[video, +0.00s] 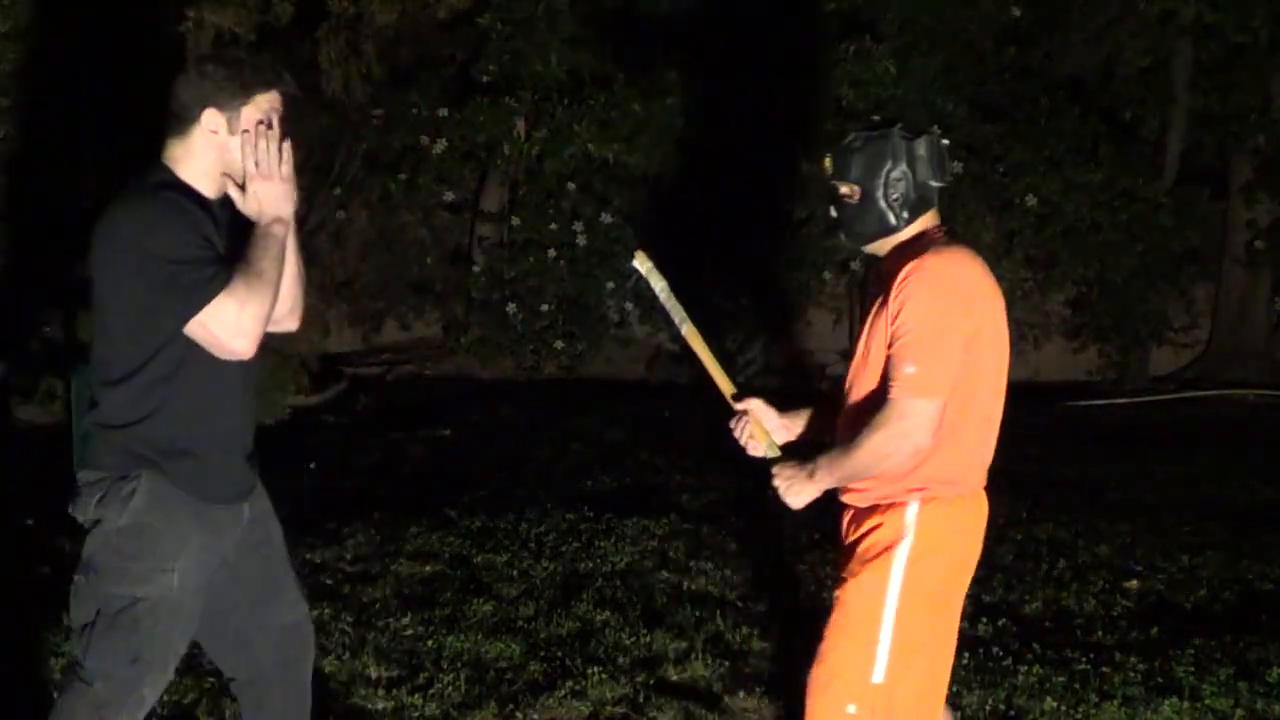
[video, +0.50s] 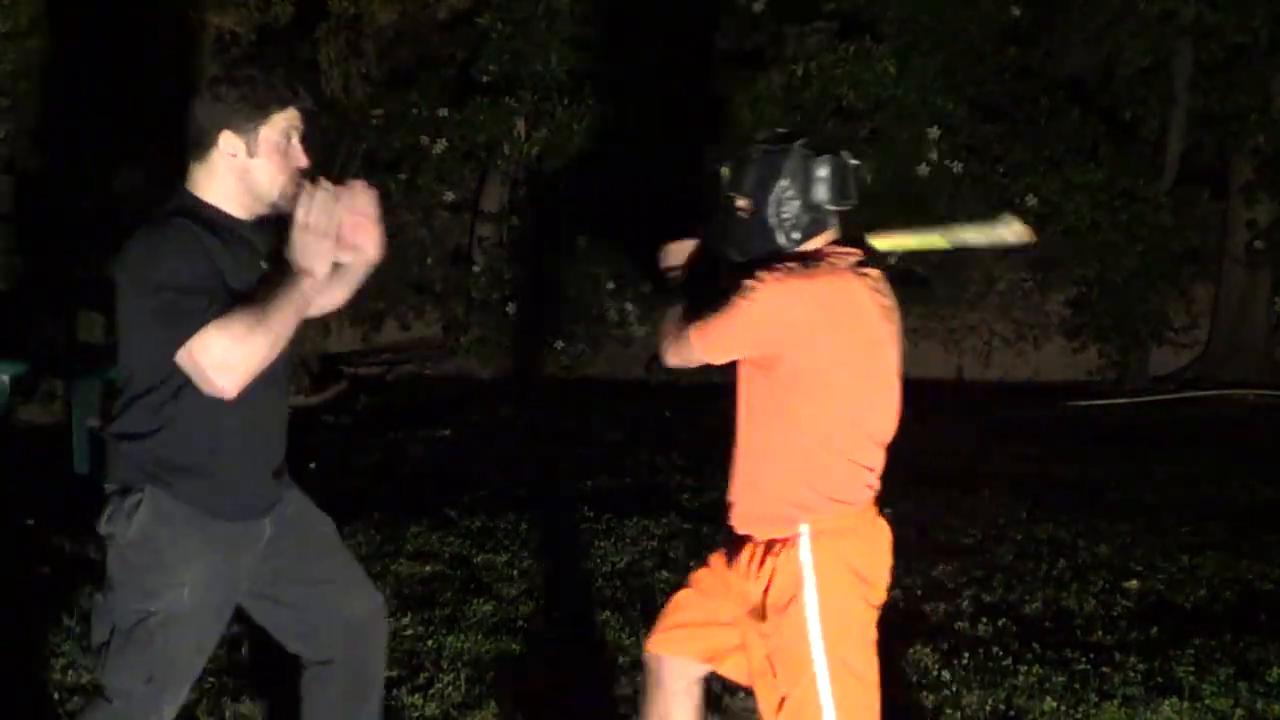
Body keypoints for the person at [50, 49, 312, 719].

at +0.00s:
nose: (274, 144)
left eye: (277, 127)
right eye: (263, 124)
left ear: (221, 131)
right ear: (215, 127)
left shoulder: (220, 217)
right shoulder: (145, 219)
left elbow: (286, 315)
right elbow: (234, 333)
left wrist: (282, 218)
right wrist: (270, 224)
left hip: (228, 493)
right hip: (147, 494)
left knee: (280, 665)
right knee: (110, 694)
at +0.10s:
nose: (274, 145)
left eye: (276, 127)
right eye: (263, 125)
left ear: (219, 131)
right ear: (215, 127)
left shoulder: (217, 218)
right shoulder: (143, 221)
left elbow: (284, 315)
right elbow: (237, 330)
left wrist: (279, 218)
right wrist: (268, 221)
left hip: (231, 498)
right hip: (149, 498)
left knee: (279, 662)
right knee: (110, 695)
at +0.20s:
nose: (274, 143)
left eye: (276, 126)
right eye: (263, 123)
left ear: (219, 130)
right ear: (215, 126)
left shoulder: (218, 217)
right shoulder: (144, 220)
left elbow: (286, 314)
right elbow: (238, 331)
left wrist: (281, 216)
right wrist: (269, 219)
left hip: (231, 497)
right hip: (150, 498)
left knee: (280, 664)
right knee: (110, 696)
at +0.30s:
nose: (273, 145)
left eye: (276, 127)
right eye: (262, 125)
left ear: (220, 130)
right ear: (215, 125)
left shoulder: (219, 217)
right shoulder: (145, 219)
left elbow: (288, 314)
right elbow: (238, 331)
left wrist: (284, 217)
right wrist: (271, 220)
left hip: (233, 499)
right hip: (151, 500)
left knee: (282, 659)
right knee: (109, 696)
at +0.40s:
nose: (279, 145)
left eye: (280, 127)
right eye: (268, 125)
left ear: (223, 132)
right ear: (218, 129)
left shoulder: (229, 220)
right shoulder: (148, 226)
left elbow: (288, 314)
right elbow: (231, 338)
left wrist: (305, 227)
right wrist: (284, 231)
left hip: (242, 497)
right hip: (153, 505)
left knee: (312, 642)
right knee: (113, 697)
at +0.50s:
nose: (304, 162)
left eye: (300, 142)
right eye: (288, 142)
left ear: (240, 152)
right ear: (234, 149)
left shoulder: (252, 247)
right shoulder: (163, 251)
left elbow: (311, 304)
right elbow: (221, 368)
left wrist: (359, 257)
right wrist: (302, 276)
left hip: (264, 506)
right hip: (172, 515)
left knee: (352, 626)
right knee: (136, 702)